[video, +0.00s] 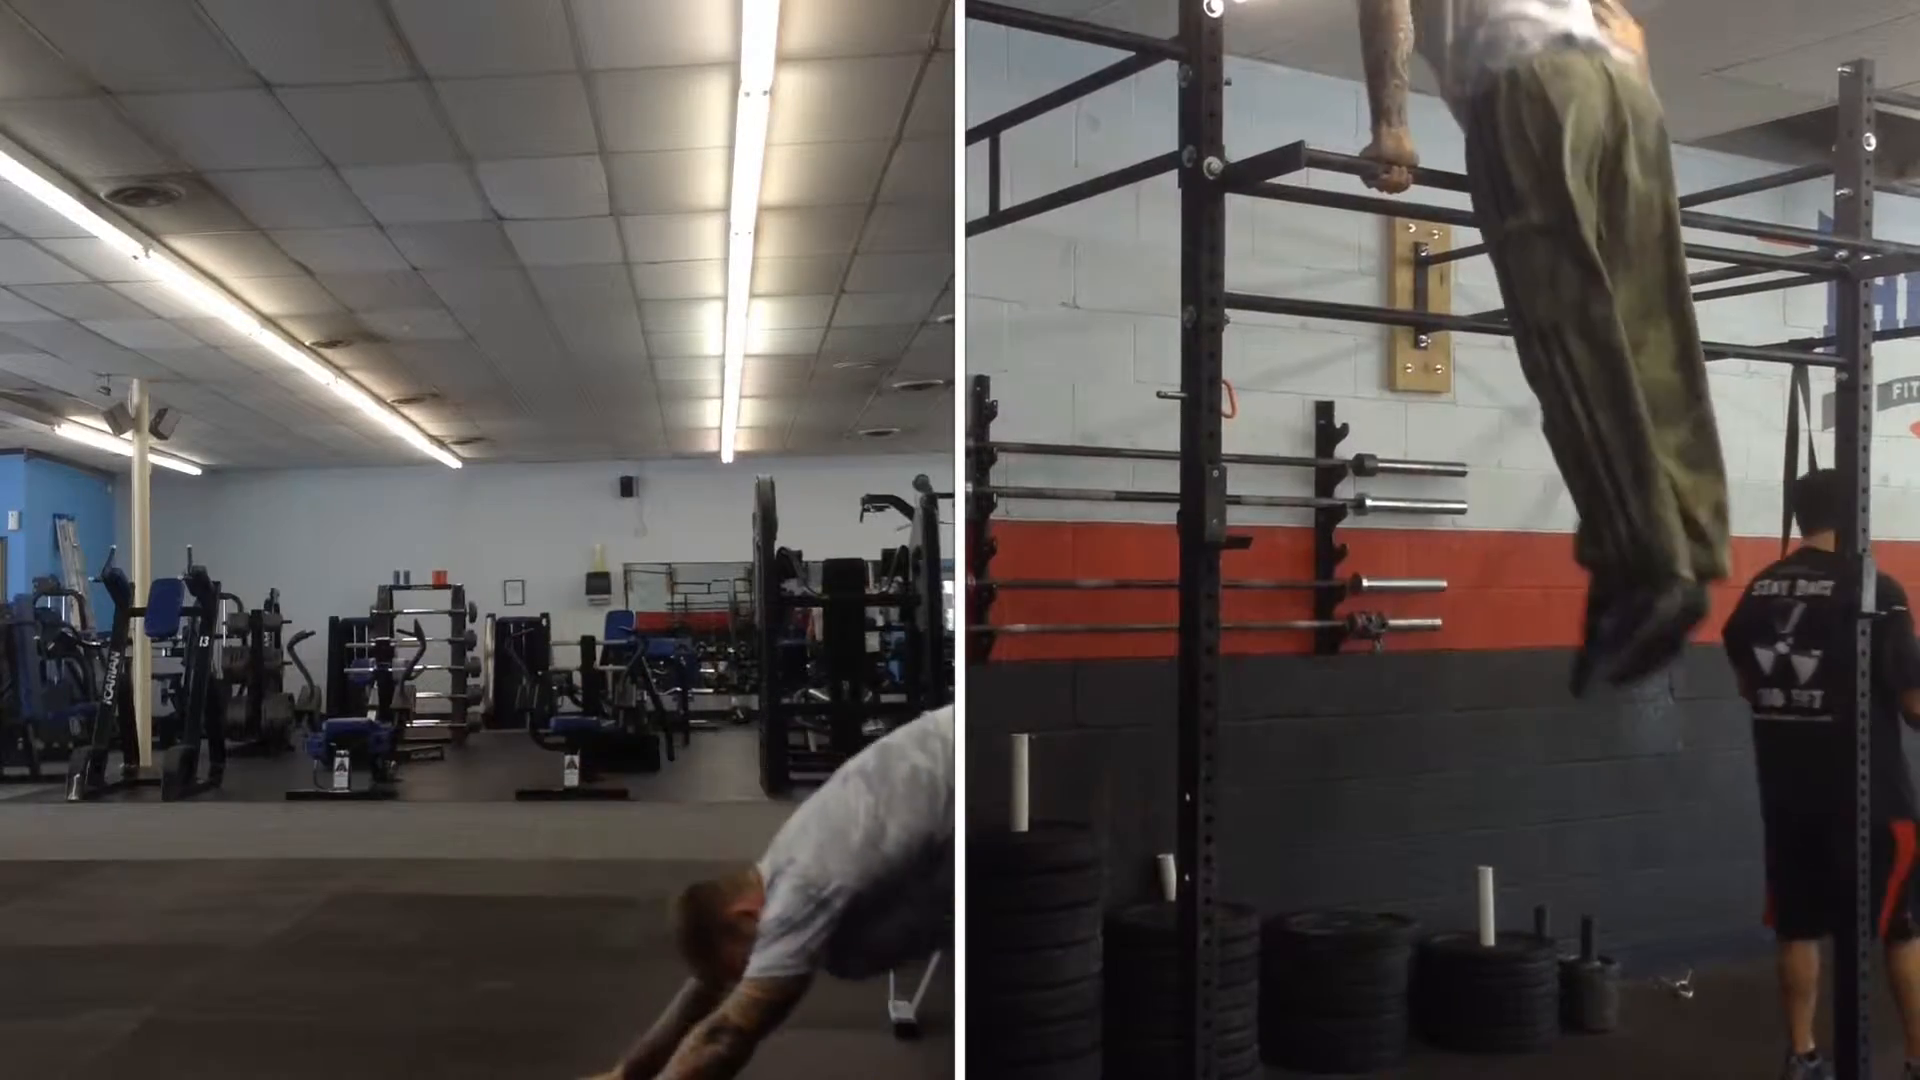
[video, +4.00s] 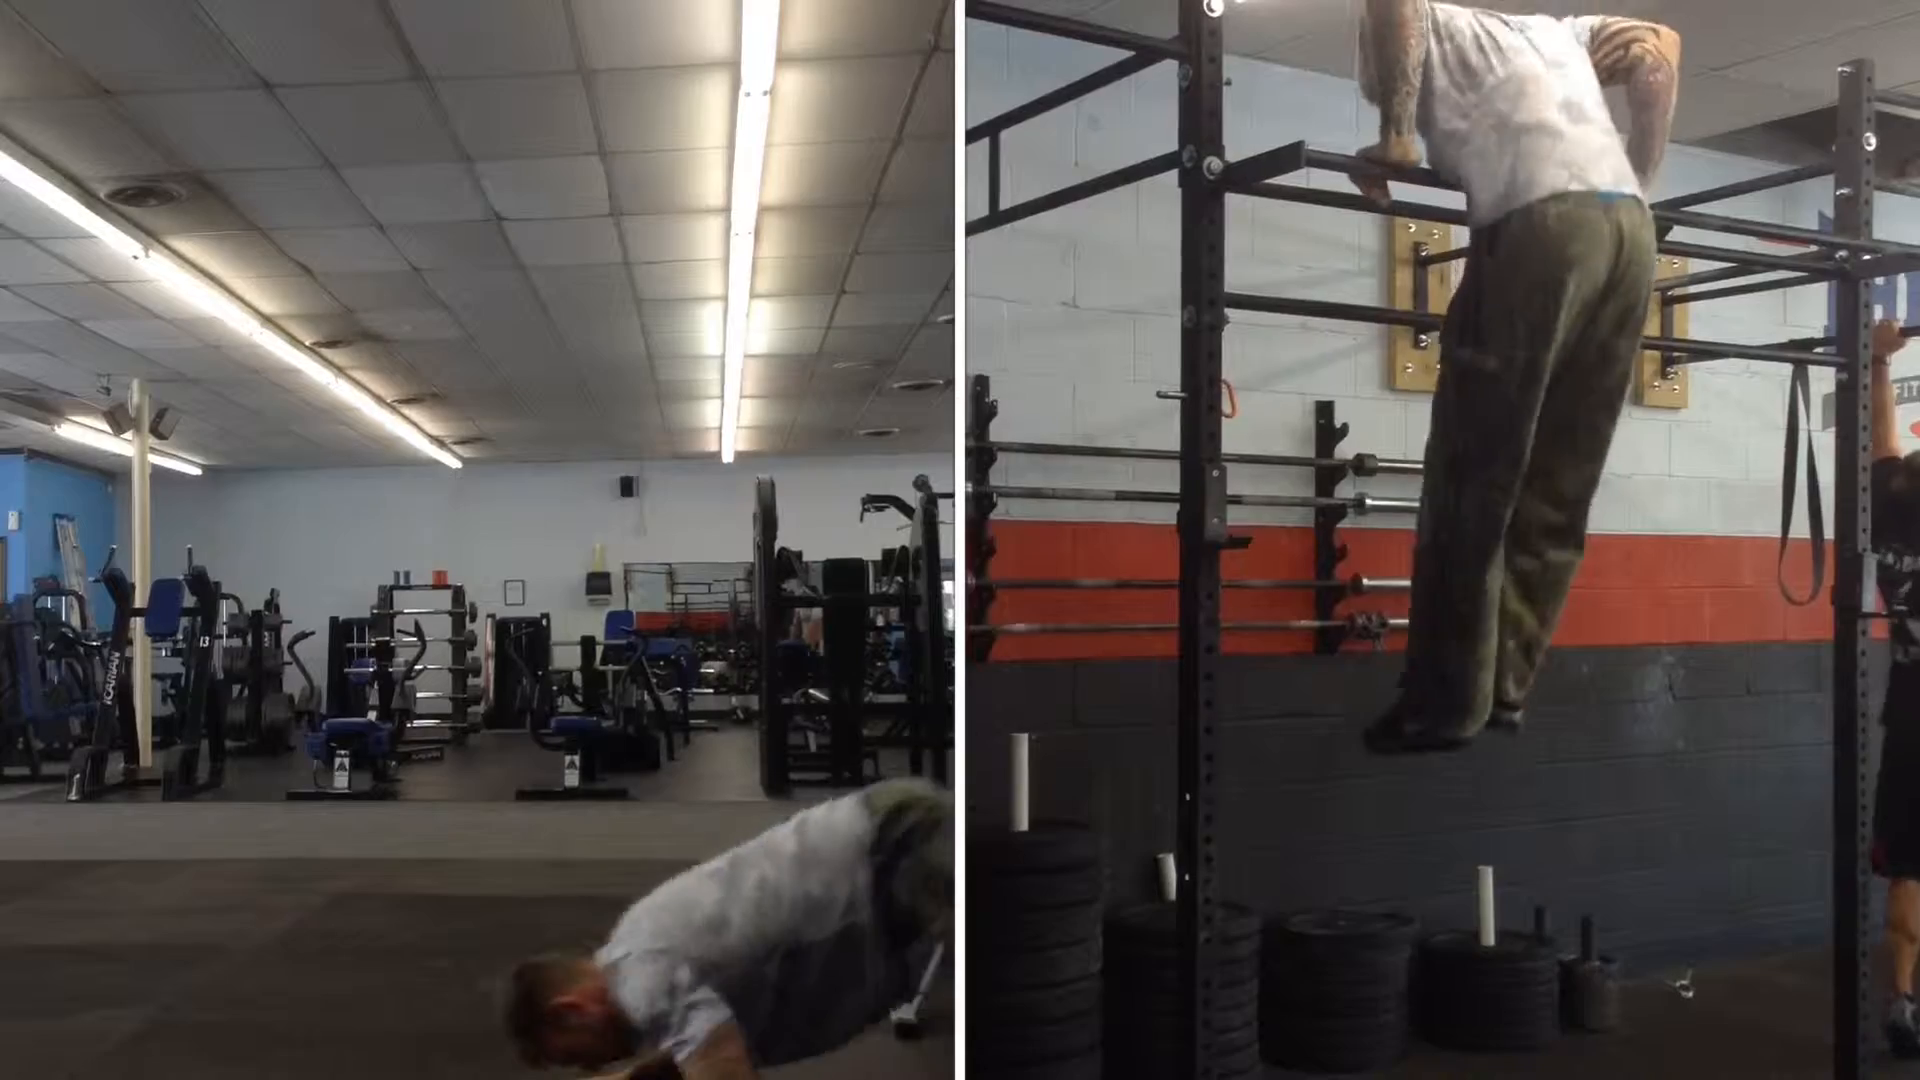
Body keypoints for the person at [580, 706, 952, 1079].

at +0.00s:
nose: (759, 976)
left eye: (749, 969)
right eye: (744, 975)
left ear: (750, 918)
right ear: (746, 913)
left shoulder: (806, 884)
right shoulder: (778, 870)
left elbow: (731, 1035)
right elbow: (709, 988)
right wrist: (627, 1071)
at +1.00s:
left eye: (385, 1068)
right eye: (383, 1073)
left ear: (404, 1034)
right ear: (422, 1005)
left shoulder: (484, 1025)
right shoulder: (515, 964)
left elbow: (625, 1003)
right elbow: (650, 943)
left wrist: (622, 1070)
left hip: (764, 998)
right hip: (766, 955)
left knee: (951, 1052)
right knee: (944, 1002)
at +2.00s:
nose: (460, 706)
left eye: (472, 690)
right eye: (464, 690)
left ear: (516, 704)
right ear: (520, 705)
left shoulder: (552, 818)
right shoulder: (578, 776)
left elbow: (589, 985)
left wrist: (606, 1068)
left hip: (718, 1014)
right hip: (727, 969)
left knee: (910, 1070)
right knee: (897, 1024)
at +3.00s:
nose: (645, 899)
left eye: (633, 887)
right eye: (630, 894)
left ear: (646, 845)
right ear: (648, 834)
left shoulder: (727, 834)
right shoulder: (707, 815)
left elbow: (686, 1001)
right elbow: (669, 963)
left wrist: (635, 1076)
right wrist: (620, 1066)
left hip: (971, 775)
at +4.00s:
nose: (584, 1066)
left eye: (571, 1056)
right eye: (569, 1063)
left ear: (574, 1010)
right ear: (575, 1001)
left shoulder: (642, 975)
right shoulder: (629, 961)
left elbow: (726, 1065)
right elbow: (700, 1050)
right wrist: (638, 1070)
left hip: (897, 838)